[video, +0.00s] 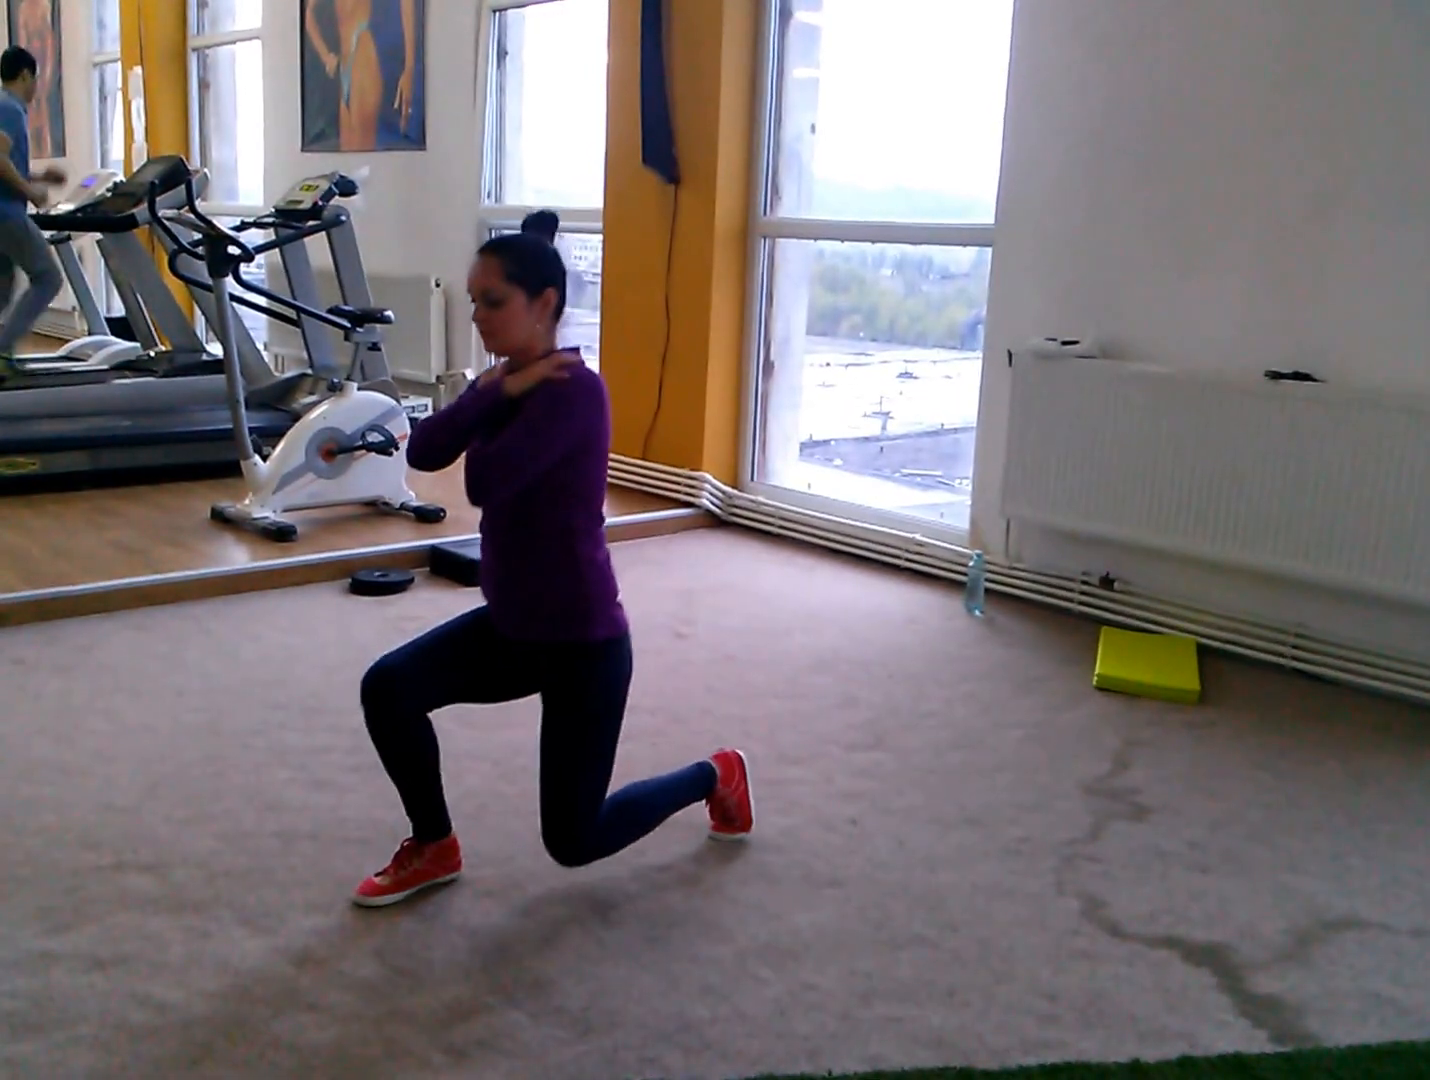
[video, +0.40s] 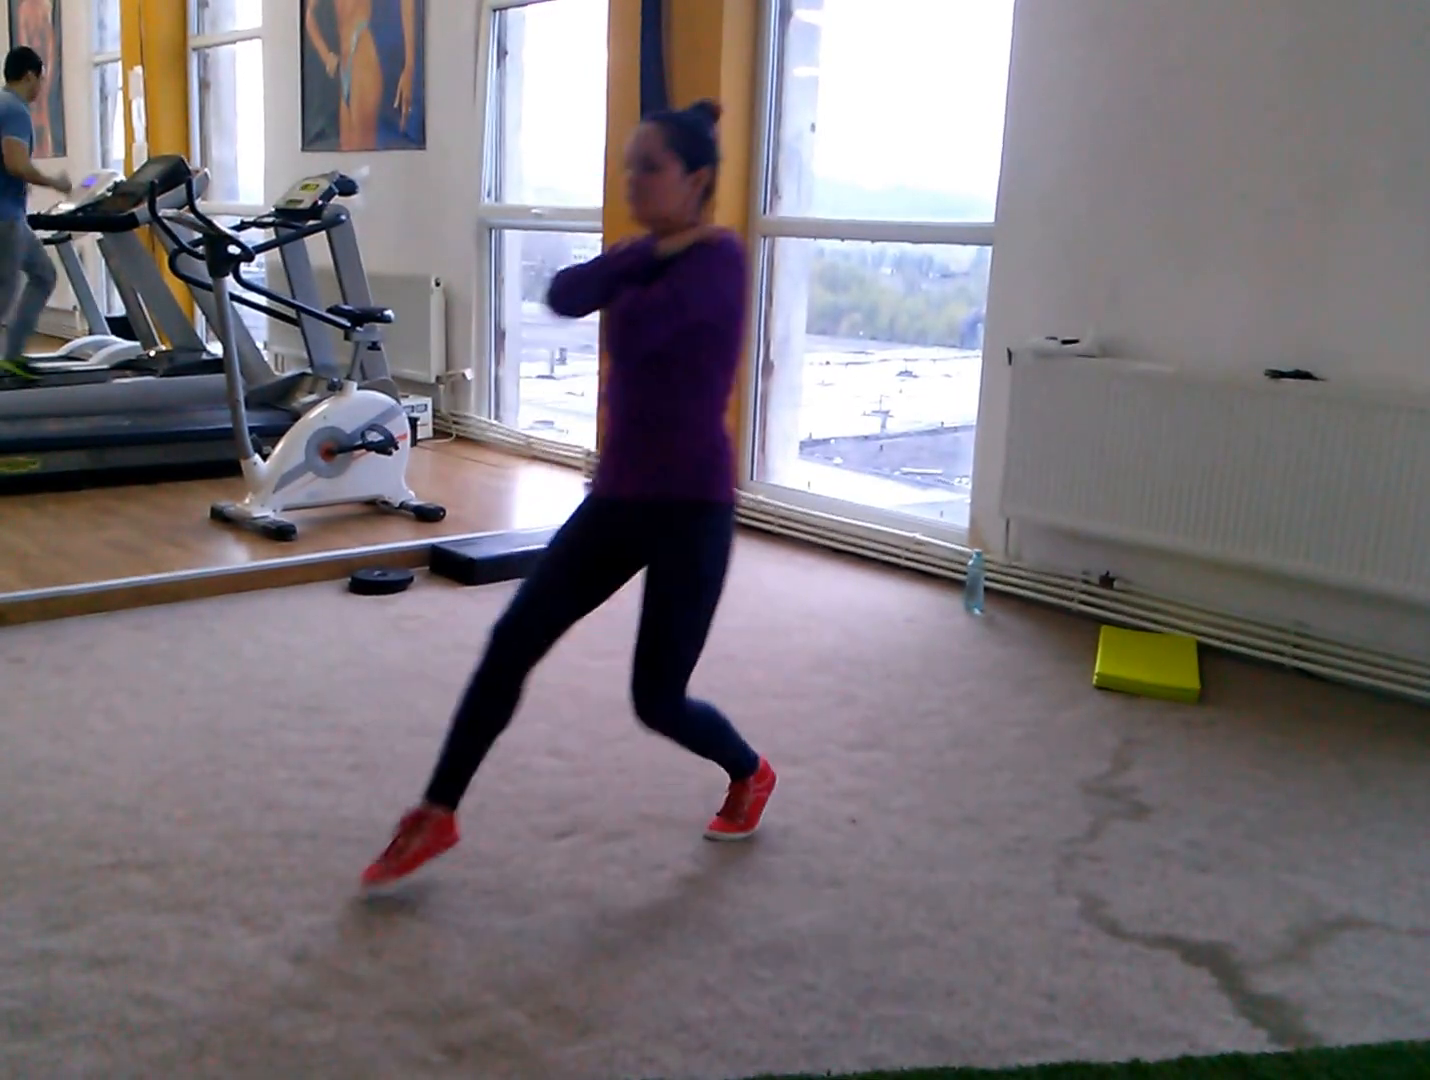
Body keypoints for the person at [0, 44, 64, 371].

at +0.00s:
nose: (35, 88)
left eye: (35, 80)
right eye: (35, 79)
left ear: (10, 76)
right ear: (24, 75)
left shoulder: (8, 110)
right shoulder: (10, 111)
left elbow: (8, 166)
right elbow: (4, 160)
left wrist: (40, 175)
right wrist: (31, 191)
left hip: (7, 212)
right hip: (8, 214)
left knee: (5, 287)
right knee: (49, 279)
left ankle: (4, 351)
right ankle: (5, 346)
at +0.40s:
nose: (41, 87)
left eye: (41, 80)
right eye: (40, 79)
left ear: (12, 75)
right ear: (30, 76)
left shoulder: (8, 106)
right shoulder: (14, 110)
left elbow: (15, 163)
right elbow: (16, 163)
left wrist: (47, 179)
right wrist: (54, 182)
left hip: (11, 218)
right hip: (8, 220)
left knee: (45, 275)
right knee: (6, 292)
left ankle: (12, 352)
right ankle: (7, 357)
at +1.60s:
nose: (44, 73)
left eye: (44, 66)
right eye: (41, 66)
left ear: (21, 66)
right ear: (26, 66)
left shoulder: (16, 101)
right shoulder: (9, 100)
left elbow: (21, 158)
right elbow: (1, 148)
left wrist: (57, 158)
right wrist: (28, 176)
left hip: (13, 203)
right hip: (11, 204)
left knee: (2, 275)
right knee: (52, 267)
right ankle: (36, 352)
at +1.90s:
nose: (47, 80)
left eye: (45, 73)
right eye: (44, 73)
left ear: (22, 74)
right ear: (31, 73)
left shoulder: (18, 109)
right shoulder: (16, 112)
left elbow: (17, 164)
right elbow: (17, 162)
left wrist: (40, 188)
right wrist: (51, 186)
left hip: (18, 214)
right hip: (11, 216)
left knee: (47, 279)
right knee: (27, 286)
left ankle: (4, 345)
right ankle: (3, 352)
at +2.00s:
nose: (47, 72)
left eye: (47, 64)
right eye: (45, 64)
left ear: (20, 65)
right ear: (32, 64)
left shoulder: (11, 95)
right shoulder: (20, 99)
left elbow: (22, 149)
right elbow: (26, 150)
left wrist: (48, 155)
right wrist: (56, 158)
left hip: (16, 210)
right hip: (12, 211)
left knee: (50, 268)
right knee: (1, 285)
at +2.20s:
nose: (47, 79)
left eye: (46, 72)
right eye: (43, 72)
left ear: (21, 74)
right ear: (30, 72)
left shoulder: (14, 106)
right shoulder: (19, 109)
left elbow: (16, 161)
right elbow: (17, 159)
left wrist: (45, 189)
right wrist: (50, 188)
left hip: (17, 210)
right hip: (15, 211)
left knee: (41, 283)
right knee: (43, 283)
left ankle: (25, 357)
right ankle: (23, 358)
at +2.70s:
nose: (59, 77)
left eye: (58, 70)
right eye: (57, 70)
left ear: (31, 70)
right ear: (44, 69)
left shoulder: (13, 102)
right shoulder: (29, 106)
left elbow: (25, 164)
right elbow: (32, 161)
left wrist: (62, 177)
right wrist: (71, 178)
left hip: (25, 210)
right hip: (20, 211)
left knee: (66, 269)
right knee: (23, 282)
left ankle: (33, 349)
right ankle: (1, 351)